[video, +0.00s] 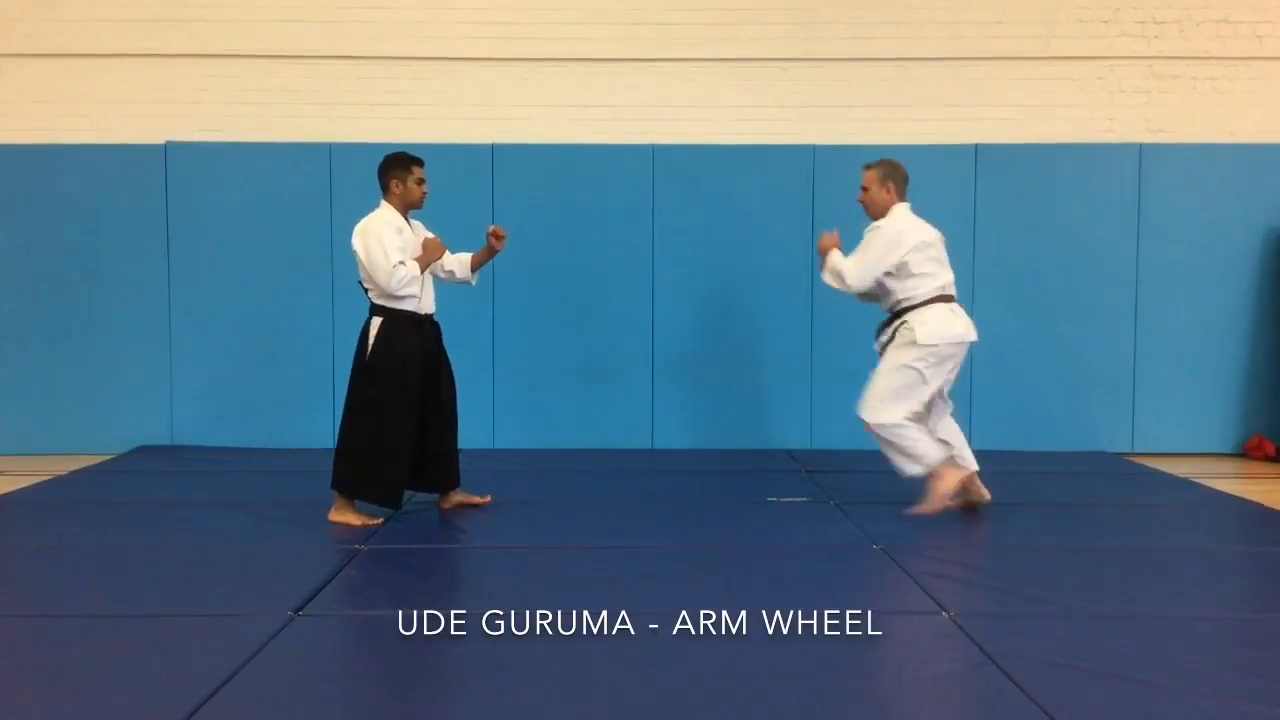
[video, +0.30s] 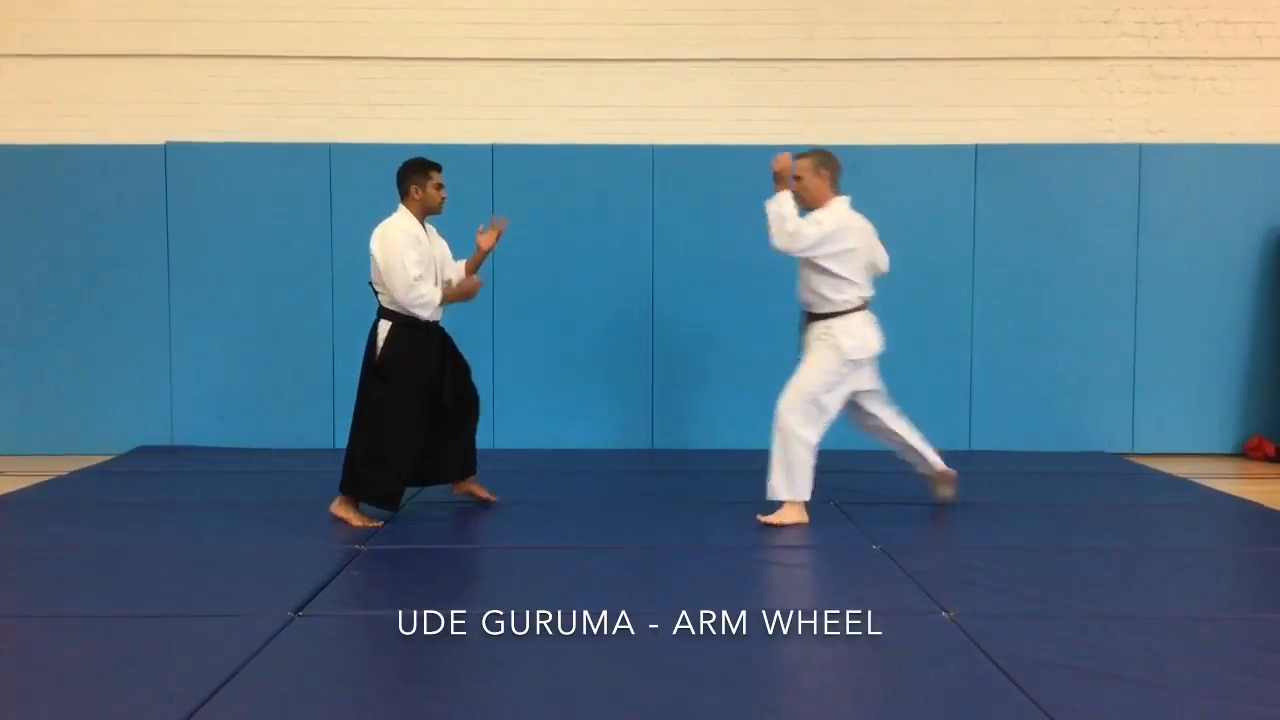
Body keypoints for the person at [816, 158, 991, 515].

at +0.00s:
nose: (860, 197)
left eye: (866, 190)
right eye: (861, 190)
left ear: (889, 191)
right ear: (892, 192)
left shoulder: (891, 227)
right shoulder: (921, 226)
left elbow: (853, 277)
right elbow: (885, 291)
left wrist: (832, 255)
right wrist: (837, 268)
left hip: (925, 330)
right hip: (953, 327)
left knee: (879, 411)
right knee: (931, 410)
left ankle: (942, 471)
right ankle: (969, 481)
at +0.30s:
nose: (795, 189)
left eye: (800, 180)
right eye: (795, 181)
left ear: (825, 180)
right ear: (826, 183)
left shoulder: (831, 220)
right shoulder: (855, 220)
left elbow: (787, 239)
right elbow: (880, 263)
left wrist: (781, 190)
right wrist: (838, 265)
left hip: (838, 335)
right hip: (853, 329)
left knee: (794, 411)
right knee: (874, 412)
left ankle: (794, 505)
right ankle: (938, 470)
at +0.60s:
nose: (708, 183)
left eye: (715, 175)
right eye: (708, 176)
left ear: (741, 177)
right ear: (728, 180)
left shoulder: (766, 229)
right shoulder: (725, 228)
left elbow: (750, 282)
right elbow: (728, 271)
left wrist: (701, 295)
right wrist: (701, 252)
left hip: (758, 338)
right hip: (723, 336)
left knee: (752, 425)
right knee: (668, 401)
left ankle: (789, 509)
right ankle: (634, 485)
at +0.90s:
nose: (597, 184)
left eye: (605, 177)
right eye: (598, 178)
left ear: (630, 180)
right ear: (615, 182)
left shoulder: (672, 223)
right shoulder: (596, 226)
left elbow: (706, 271)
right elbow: (546, 220)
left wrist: (736, 322)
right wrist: (500, 198)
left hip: (667, 332)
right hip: (625, 335)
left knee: (690, 414)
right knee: (589, 416)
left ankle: (744, 494)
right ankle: (575, 498)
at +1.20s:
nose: (554, 184)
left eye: (560, 176)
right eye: (553, 176)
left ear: (585, 176)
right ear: (575, 177)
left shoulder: (637, 212)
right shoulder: (558, 228)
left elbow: (677, 258)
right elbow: (522, 269)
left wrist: (675, 307)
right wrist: (484, 299)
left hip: (649, 321)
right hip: (606, 327)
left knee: (678, 407)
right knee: (586, 413)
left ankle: (723, 491)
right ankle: (579, 496)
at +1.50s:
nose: (561, 185)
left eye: (566, 176)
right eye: (560, 177)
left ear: (591, 173)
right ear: (582, 175)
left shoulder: (641, 209)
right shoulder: (567, 214)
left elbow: (673, 260)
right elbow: (523, 192)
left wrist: (645, 299)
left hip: (651, 321)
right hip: (606, 324)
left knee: (680, 411)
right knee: (588, 412)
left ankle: (720, 498)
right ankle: (580, 496)